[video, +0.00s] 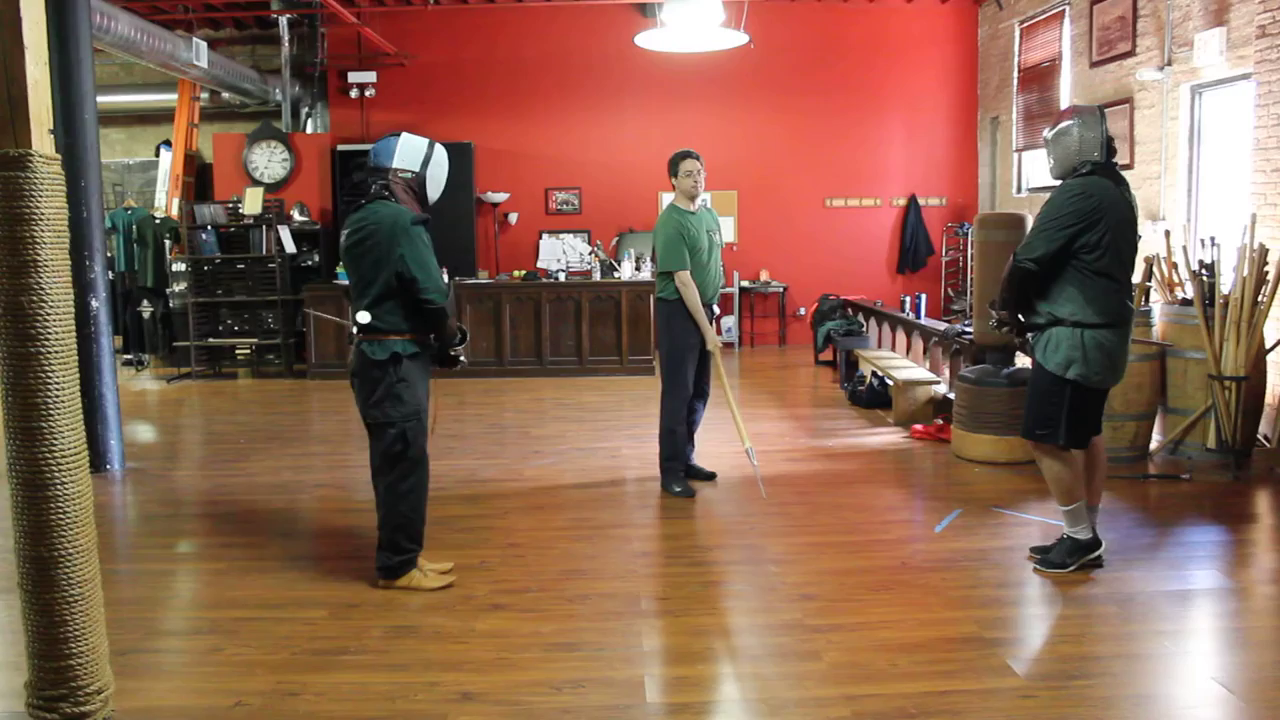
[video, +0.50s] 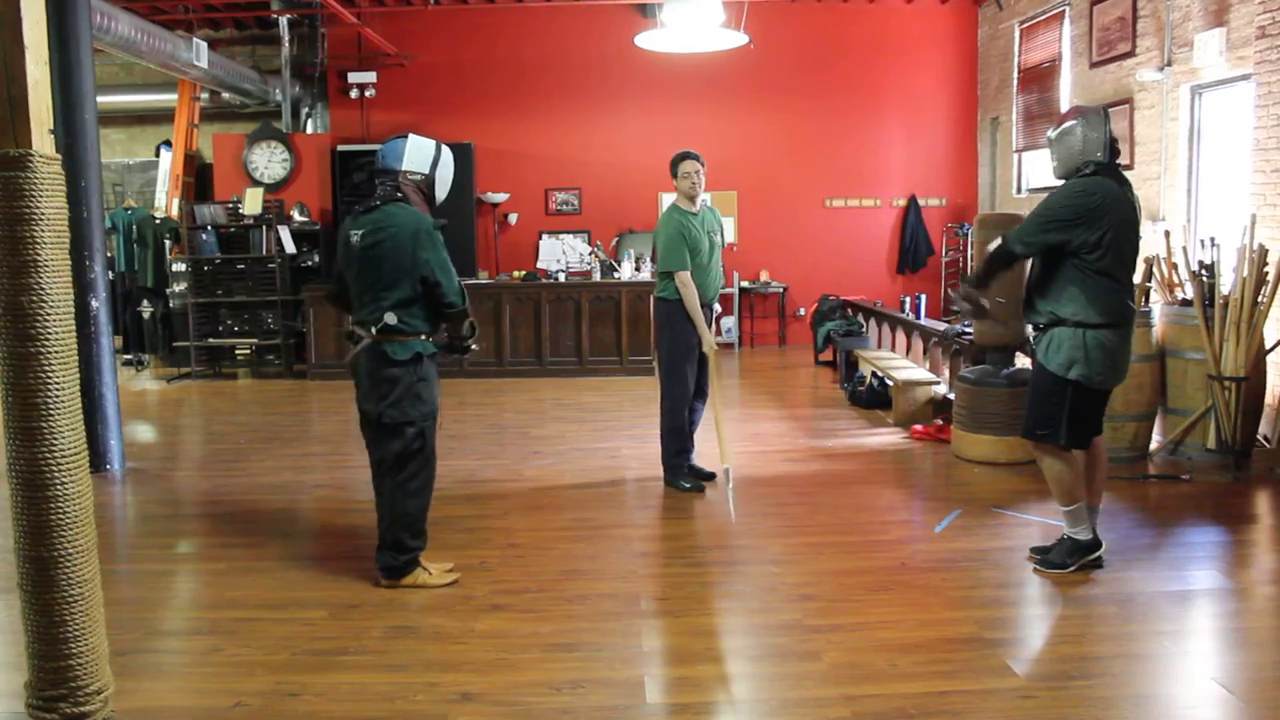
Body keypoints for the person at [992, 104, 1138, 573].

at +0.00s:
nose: (1049, 152)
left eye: (1056, 142)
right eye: (1050, 143)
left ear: (1078, 144)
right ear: (1092, 145)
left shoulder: (1078, 192)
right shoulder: (1115, 192)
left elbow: (1028, 260)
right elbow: (1088, 267)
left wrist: (1004, 304)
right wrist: (1026, 307)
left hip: (1071, 334)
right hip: (1101, 332)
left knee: (1046, 437)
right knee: (1086, 433)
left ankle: (1079, 538)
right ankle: (1084, 534)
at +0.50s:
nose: (1053, 154)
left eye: (1059, 144)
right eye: (1054, 145)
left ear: (1081, 143)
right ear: (1094, 145)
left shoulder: (1083, 193)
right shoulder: (1116, 191)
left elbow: (1017, 242)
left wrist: (981, 276)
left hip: (1074, 335)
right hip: (1103, 333)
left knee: (1046, 438)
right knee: (1085, 436)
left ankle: (1079, 539)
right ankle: (1085, 534)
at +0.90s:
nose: (1055, 152)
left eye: (1060, 142)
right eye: (1056, 143)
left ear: (1080, 141)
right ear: (1100, 143)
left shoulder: (1083, 185)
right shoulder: (1119, 191)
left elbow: (1006, 191)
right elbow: (1020, 195)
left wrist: (934, 192)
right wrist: (950, 188)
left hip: (1071, 334)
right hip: (1102, 334)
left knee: (1044, 437)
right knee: (1085, 436)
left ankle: (1079, 539)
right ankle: (1084, 535)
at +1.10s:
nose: (1011, 145)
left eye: (1018, 137)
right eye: (1014, 138)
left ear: (1038, 139)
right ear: (1054, 142)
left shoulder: (1042, 184)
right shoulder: (1069, 188)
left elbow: (973, 196)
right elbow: (983, 195)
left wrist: (897, 197)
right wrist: (916, 189)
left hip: (1030, 330)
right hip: (1056, 328)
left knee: (1003, 432)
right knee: (1041, 432)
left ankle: (1036, 534)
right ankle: (1041, 531)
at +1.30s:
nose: (980, 143)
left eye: (988, 135)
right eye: (983, 135)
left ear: (1009, 140)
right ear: (1020, 143)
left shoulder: (1014, 191)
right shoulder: (1033, 188)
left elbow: (959, 239)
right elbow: (967, 228)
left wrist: (895, 221)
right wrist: (905, 215)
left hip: (1002, 333)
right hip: (1024, 331)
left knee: (976, 432)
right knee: (1014, 430)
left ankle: (1010, 532)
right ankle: (1016, 528)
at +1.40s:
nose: (976, 149)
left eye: (982, 139)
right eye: (978, 140)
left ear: (1006, 142)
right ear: (1012, 144)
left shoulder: (1014, 193)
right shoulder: (1033, 191)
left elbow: (973, 255)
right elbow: (991, 253)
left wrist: (915, 225)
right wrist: (944, 230)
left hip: (1002, 334)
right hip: (1024, 332)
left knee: (977, 433)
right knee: (1014, 431)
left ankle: (1009, 533)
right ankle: (1015, 529)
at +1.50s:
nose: (974, 152)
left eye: (981, 142)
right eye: (975, 143)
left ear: (1004, 142)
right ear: (1012, 144)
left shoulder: (1016, 194)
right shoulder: (1028, 191)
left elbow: (981, 259)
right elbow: (992, 254)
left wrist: (930, 225)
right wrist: (947, 228)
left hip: (1001, 337)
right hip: (1020, 334)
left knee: (976, 433)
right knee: (1011, 432)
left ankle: (1009, 534)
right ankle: (1015, 530)